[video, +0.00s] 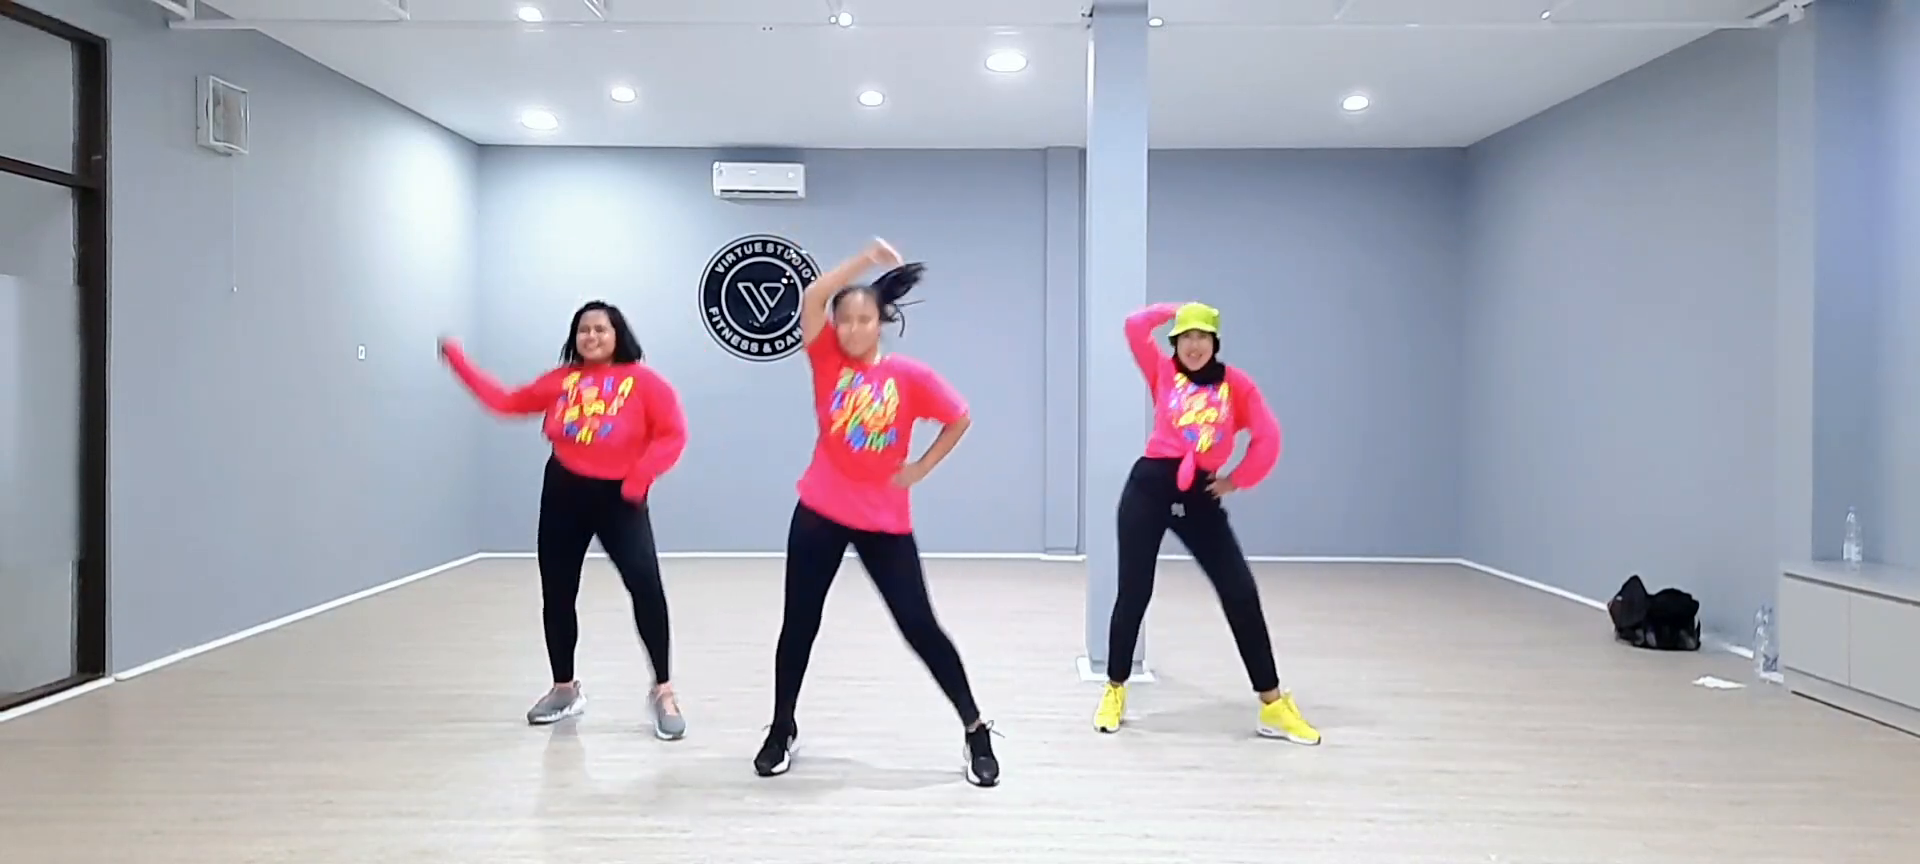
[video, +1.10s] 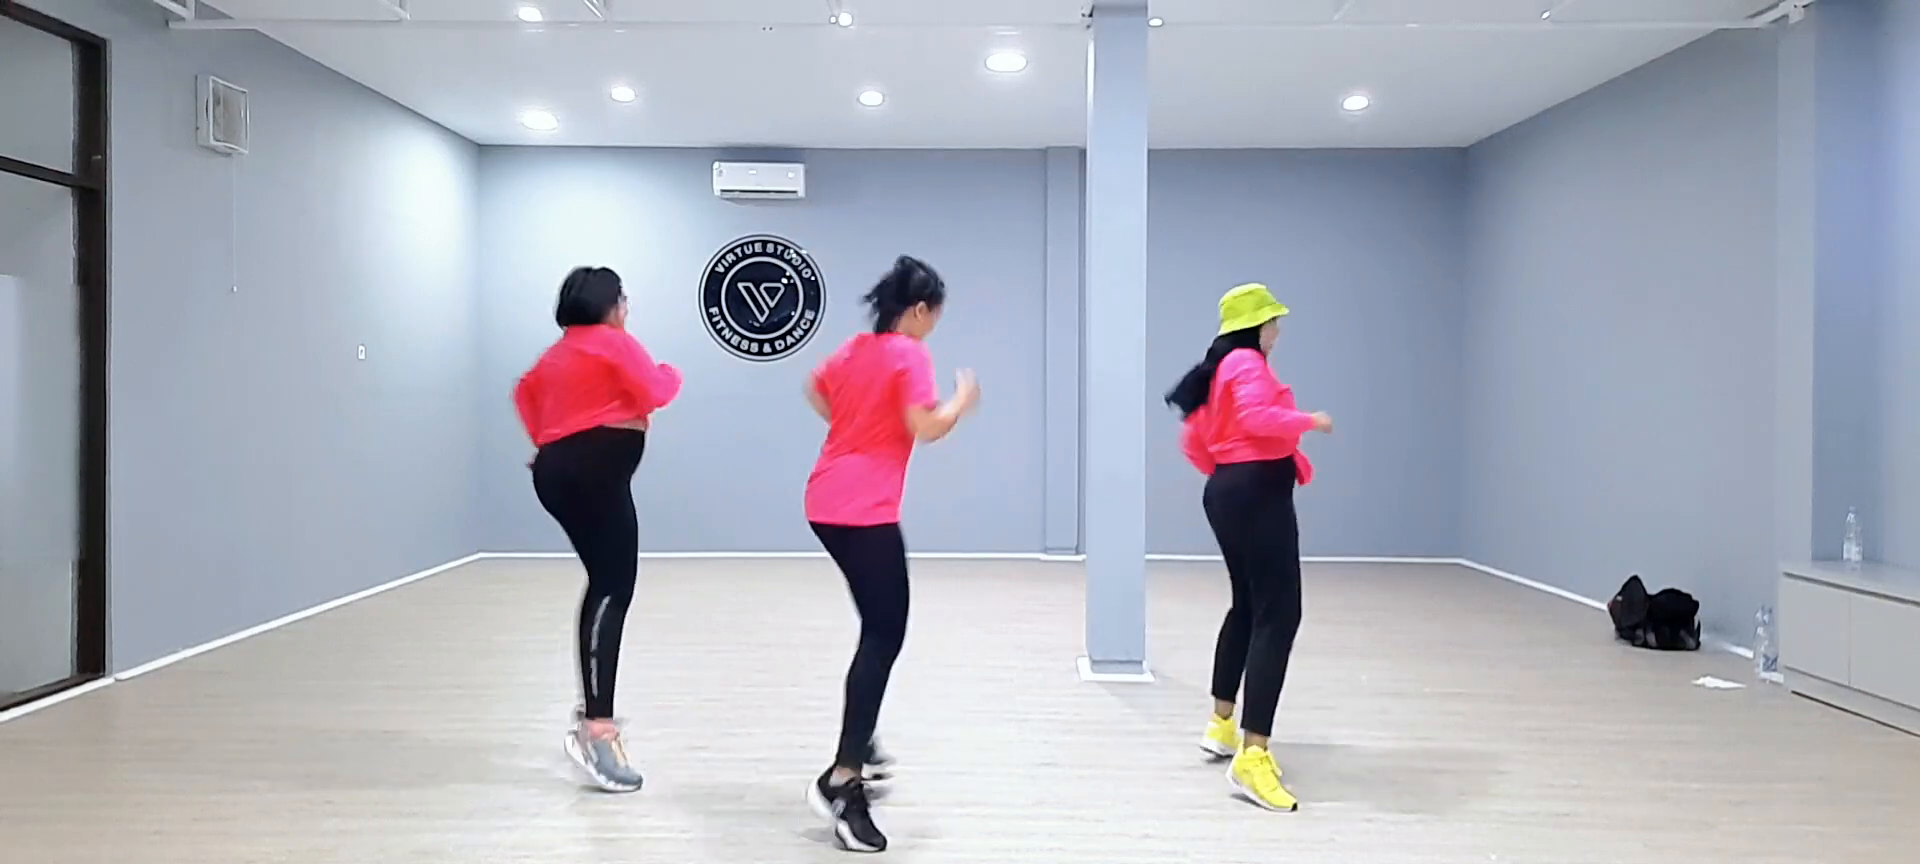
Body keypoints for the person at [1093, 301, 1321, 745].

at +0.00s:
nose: (1193, 346)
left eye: (1201, 338)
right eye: (1186, 339)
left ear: (1215, 343)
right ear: (1174, 344)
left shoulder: (1236, 385)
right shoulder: (1163, 375)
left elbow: (1268, 437)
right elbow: (1134, 325)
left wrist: (1235, 480)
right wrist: (1175, 311)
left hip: (1200, 497)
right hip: (1149, 489)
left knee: (1241, 594)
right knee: (1134, 591)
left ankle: (1272, 703)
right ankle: (1114, 691)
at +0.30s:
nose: (1208, 327)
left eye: (1216, 319)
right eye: (1201, 319)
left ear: (1228, 320)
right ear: (1187, 318)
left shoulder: (1236, 359)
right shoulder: (1171, 352)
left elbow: (1245, 421)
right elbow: (1137, 349)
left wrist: (1238, 465)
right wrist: (1178, 318)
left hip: (1222, 472)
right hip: (1172, 470)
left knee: (1234, 584)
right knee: (1154, 581)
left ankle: (1227, 689)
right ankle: (1126, 680)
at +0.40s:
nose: (1223, 330)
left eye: (1231, 323)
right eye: (1215, 322)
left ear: (1243, 330)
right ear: (1201, 327)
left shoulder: (1250, 376)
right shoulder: (1181, 367)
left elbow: (1248, 433)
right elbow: (1150, 419)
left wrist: (1267, 468)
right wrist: (1191, 406)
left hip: (1236, 490)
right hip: (1186, 486)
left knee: (1231, 597)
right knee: (1169, 591)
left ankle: (1221, 698)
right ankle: (1145, 698)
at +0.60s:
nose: (1237, 339)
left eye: (1246, 331)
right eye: (1230, 330)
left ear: (1256, 338)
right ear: (1215, 335)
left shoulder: (1268, 391)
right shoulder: (1191, 383)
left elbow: (1310, 437)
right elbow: (1158, 434)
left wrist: (1285, 398)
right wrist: (1170, 474)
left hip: (1255, 502)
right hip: (1204, 500)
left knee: (1244, 603)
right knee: (1213, 598)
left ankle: (1226, 696)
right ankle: (1207, 709)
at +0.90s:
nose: (1250, 350)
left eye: (1258, 341)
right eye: (1241, 341)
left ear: (1267, 348)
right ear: (1222, 347)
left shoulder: (1283, 402)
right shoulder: (1204, 402)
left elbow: (1328, 441)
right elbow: (1178, 467)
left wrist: (1336, 452)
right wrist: (1220, 472)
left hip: (1272, 520)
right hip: (1228, 519)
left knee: (1268, 621)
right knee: (1279, 627)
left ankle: (1218, 694)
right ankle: (1250, 762)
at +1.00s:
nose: (1269, 340)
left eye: (1273, 332)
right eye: (1260, 332)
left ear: (1272, 340)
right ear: (1236, 338)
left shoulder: (1263, 391)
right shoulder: (1219, 387)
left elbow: (1269, 457)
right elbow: (1221, 452)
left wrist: (1302, 482)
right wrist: (1280, 440)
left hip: (1262, 512)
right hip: (1240, 512)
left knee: (1260, 621)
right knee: (1289, 630)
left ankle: (1214, 714)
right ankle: (1251, 762)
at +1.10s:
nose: (1279, 332)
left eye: (1278, 323)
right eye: (1276, 324)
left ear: (1236, 326)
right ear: (1259, 325)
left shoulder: (1220, 367)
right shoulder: (1248, 362)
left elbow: (1193, 440)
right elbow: (1256, 417)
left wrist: (1230, 471)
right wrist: (1309, 421)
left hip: (1224, 489)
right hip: (1258, 488)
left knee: (1245, 605)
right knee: (1281, 614)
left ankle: (1222, 723)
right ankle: (1253, 756)